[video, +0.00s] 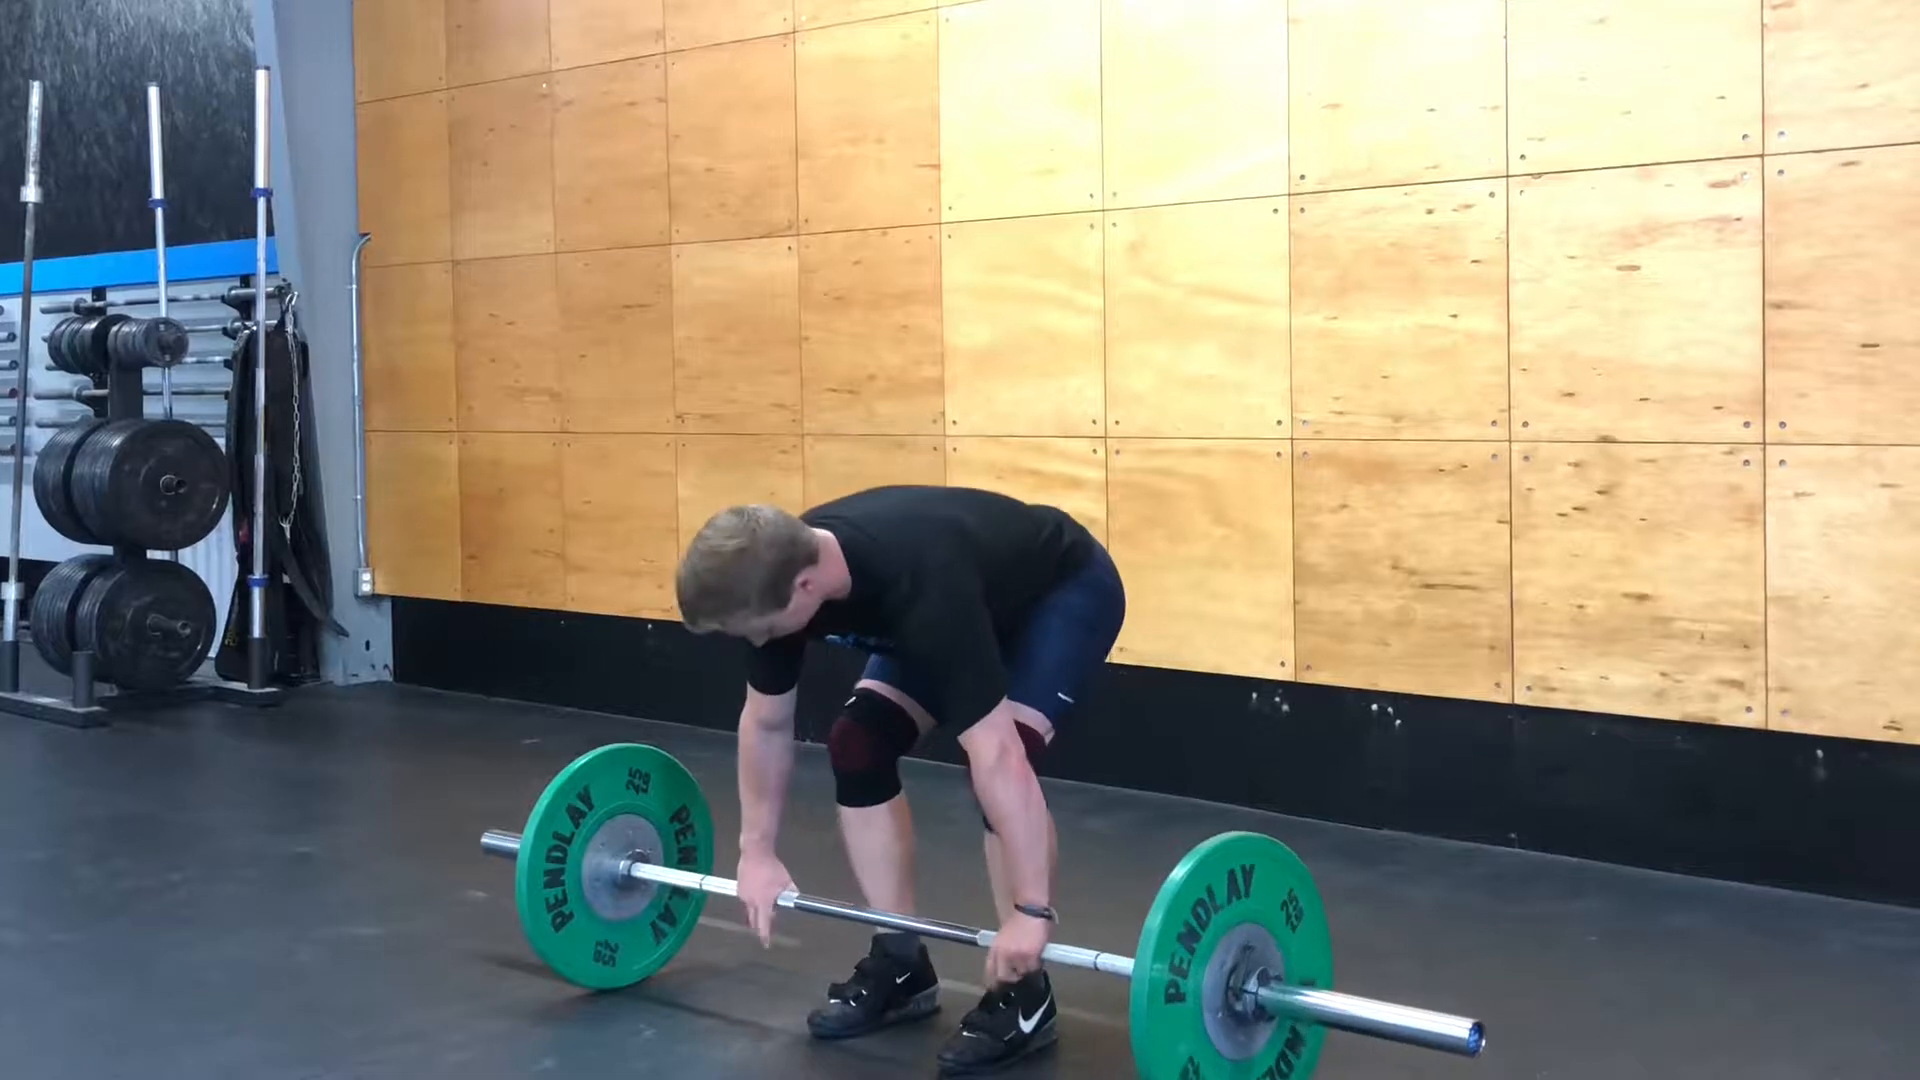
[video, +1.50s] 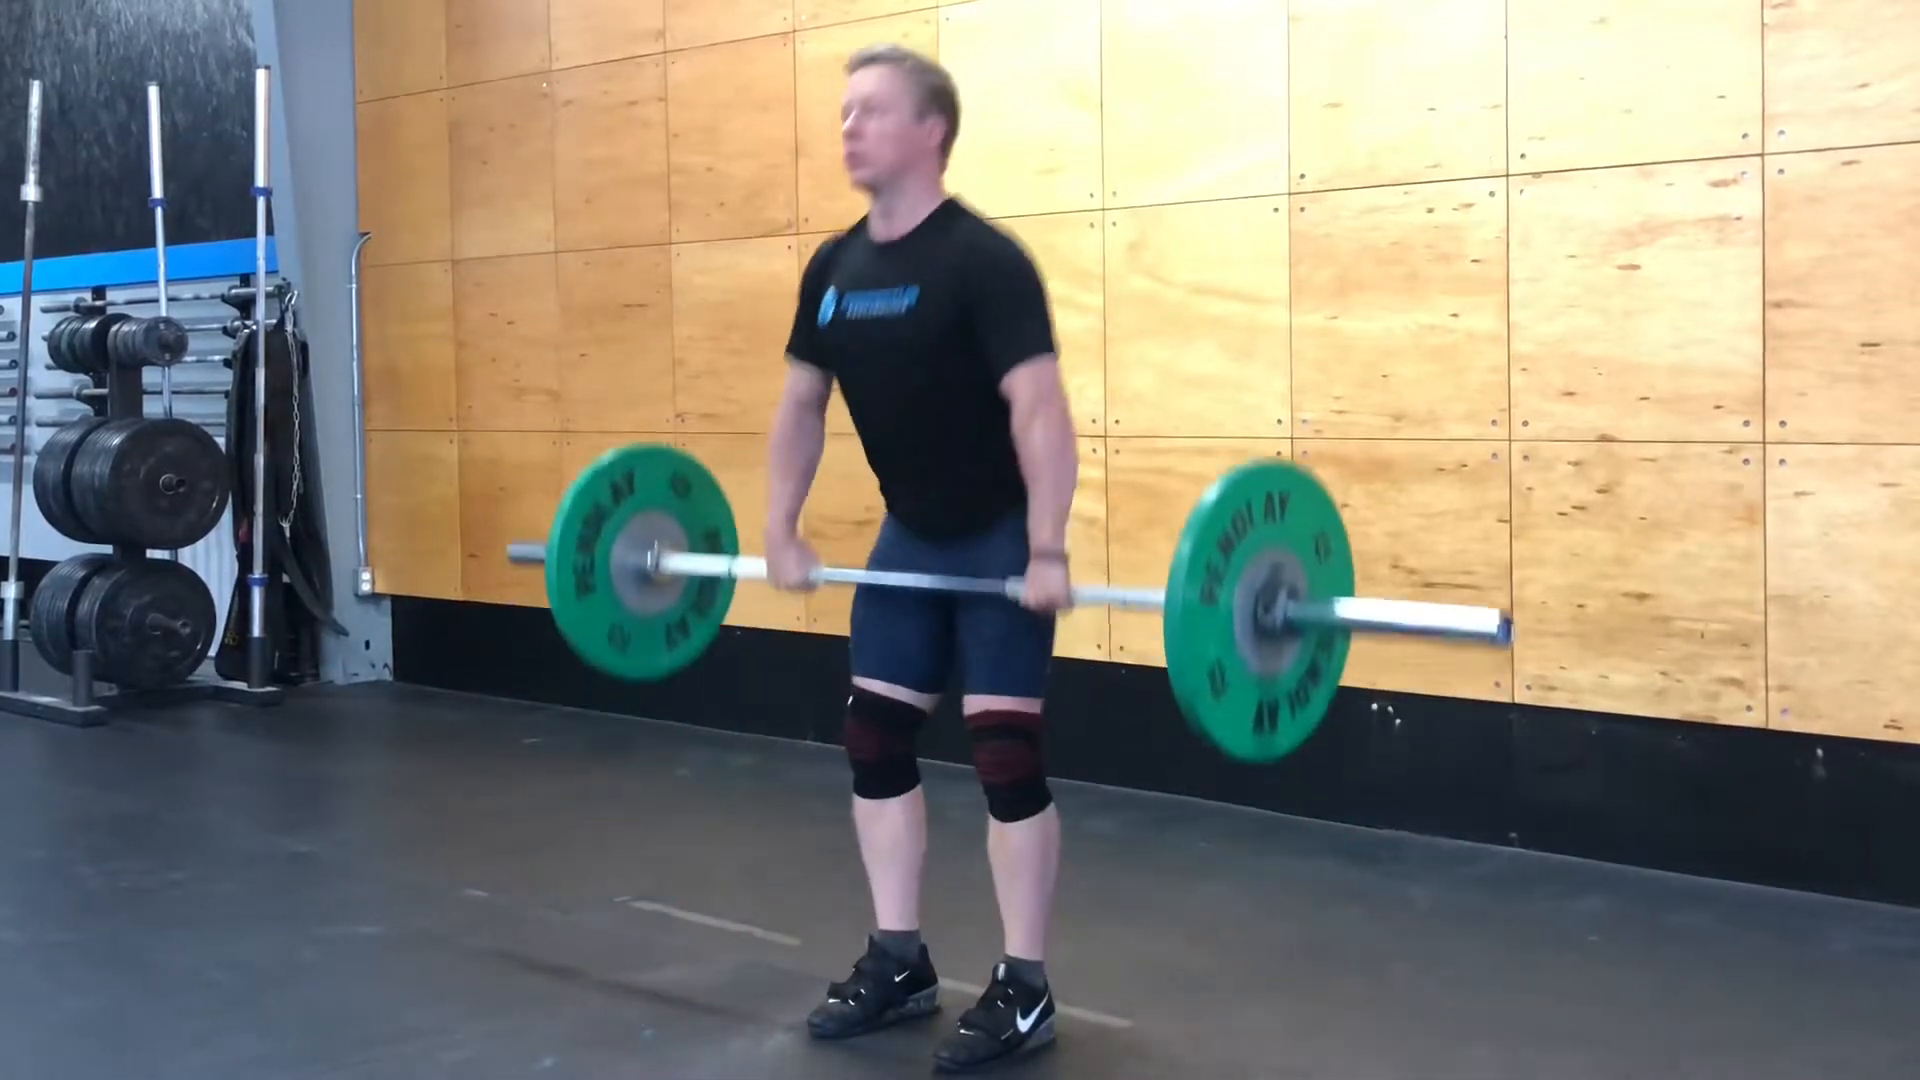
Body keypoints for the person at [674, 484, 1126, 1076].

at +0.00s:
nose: (757, 643)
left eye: (759, 632)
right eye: (744, 637)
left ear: (801, 589)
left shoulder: (930, 585)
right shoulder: (772, 575)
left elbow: (998, 752)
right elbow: (766, 722)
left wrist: (1031, 909)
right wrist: (757, 850)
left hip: (1066, 587)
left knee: (1000, 767)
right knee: (859, 742)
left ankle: (1021, 995)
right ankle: (901, 963)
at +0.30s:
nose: (754, 640)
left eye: (757, 625)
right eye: (741, 630)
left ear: (801, 579)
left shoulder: (929, 583)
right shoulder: (767, 579)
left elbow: (998, 751)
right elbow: (764, 726)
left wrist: (1041, 906)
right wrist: (761, 852)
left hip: (1064, 595)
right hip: (957, 605)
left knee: (991, 758)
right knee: (849, 742)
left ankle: (1023, 992)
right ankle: (900, 961)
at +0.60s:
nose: (730, 580)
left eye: (741, 556)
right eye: (720, 559)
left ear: (805, 528)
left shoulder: (917, 586)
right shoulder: (764, 606)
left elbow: (998, 757)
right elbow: (763, 735)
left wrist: (1043, 905)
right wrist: (767, 854)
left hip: (1040, 666)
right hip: (927, 680)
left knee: (956, 790)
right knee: (802, 780)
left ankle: (1023, 990)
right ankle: (898, 965)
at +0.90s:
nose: (745, 485)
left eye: (768, 464)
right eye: (741, 465)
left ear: (832, 477)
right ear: (739, 473)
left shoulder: (920, 579)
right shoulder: (768, 594)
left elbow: (991, 756)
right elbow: (767, 727)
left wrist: (1035, 899)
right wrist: (768, 847)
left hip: (1040, 665)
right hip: (931, 677)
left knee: (966, 792)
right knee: (801, 779)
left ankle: (1021, 990)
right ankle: (897, 962)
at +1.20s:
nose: (765, 361)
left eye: (788, 343)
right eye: (762, 344)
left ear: (853, 362)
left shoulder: (931, 480)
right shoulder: (783, 492)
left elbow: (996, 650)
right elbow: (778, 629)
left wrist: (1040, 798)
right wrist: (774, 750)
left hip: (1055, 580)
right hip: (947, 592)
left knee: (1024, 765)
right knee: (853, 739)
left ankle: (1024, 987)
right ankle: (897, 958)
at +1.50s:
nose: (845, 129)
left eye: (867, 113)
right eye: (844, 113)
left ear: (931, 132)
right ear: (853, 133)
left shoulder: (989, 263)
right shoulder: (833, 267)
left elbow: (1043, 410)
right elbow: (802, 403)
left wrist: (1046, 550)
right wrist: (782, 524)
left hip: (1006, 538)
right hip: (905, 533)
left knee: (1007, 760)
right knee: (875, 739)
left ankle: (1023, 986)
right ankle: (897, 960)